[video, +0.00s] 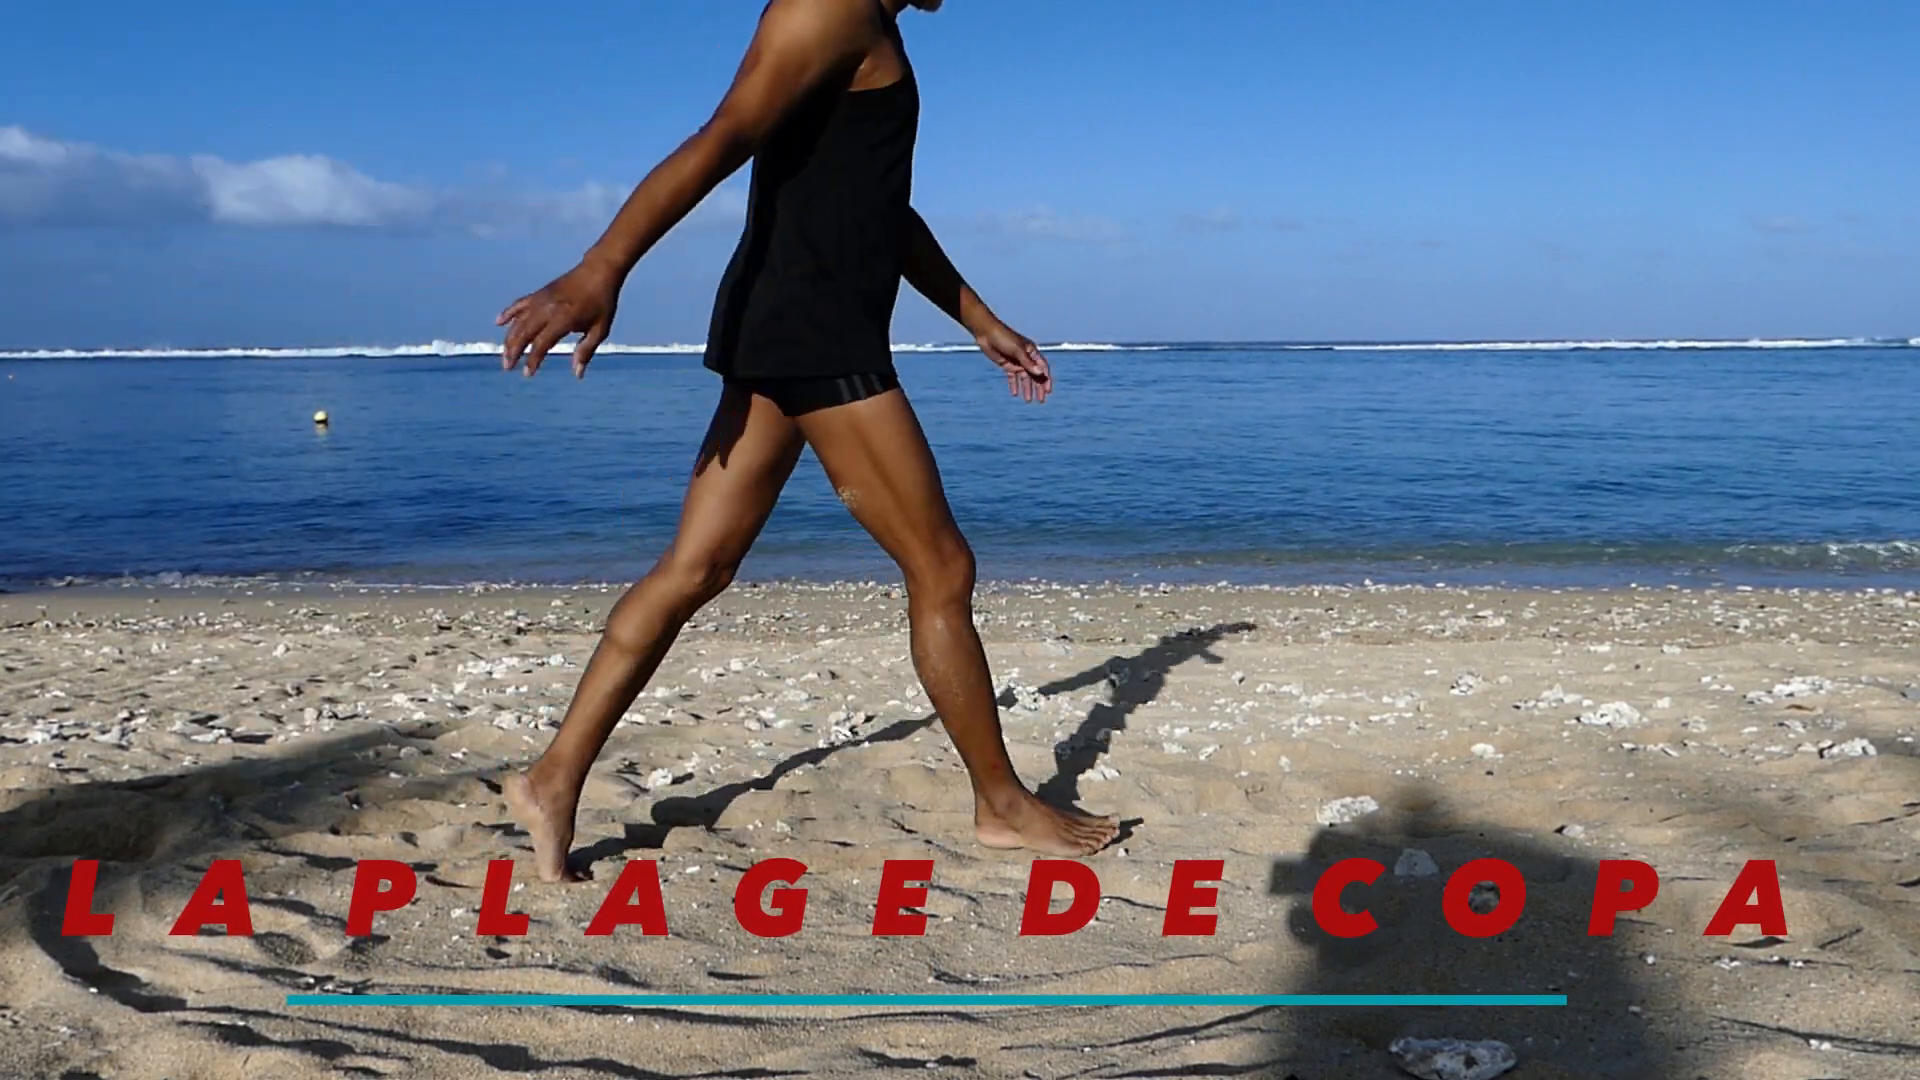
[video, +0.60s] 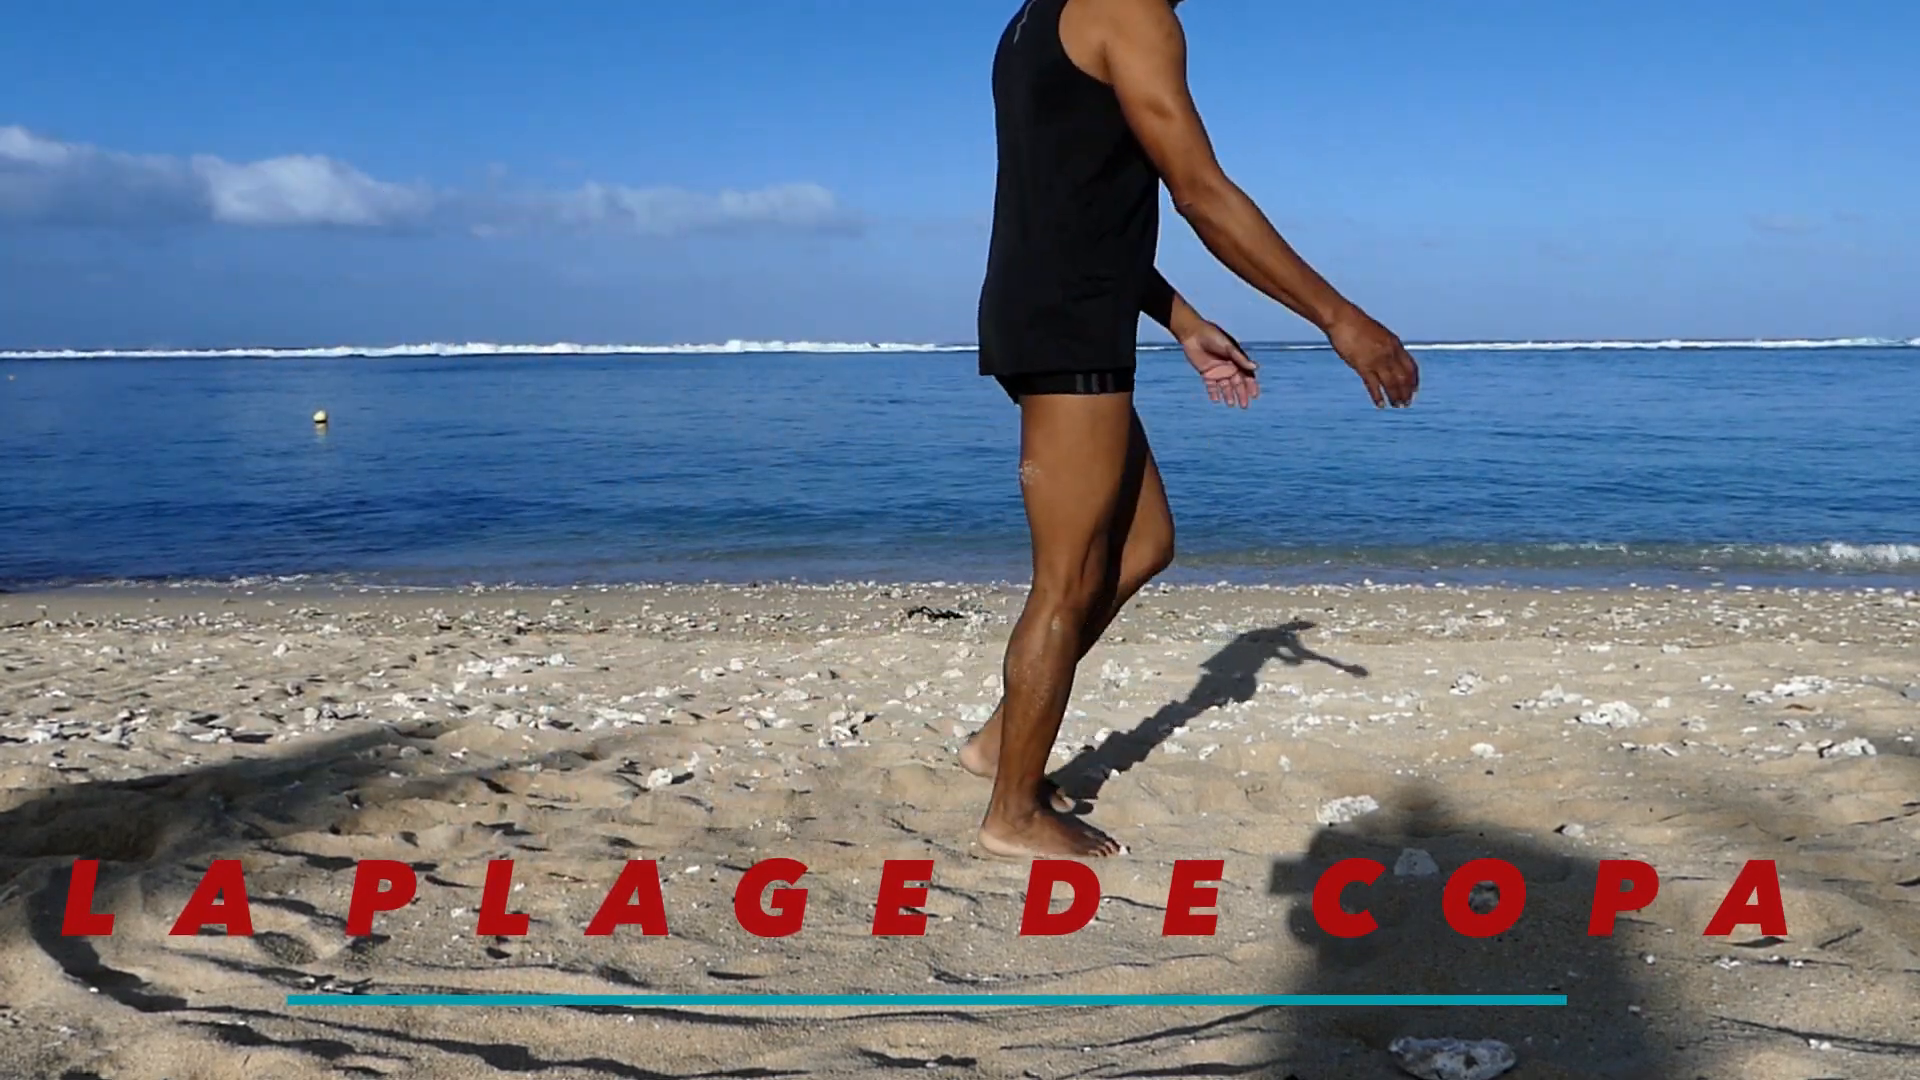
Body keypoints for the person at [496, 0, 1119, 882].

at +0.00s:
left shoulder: (869, 29)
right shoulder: (833, 11)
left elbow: (878, 206)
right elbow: (723, 139)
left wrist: (978, 317)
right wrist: (601, 269)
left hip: (783, 324)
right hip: (822, 330)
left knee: (693, 568)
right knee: (940, 570)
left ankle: (551, 779)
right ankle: (1003, 800)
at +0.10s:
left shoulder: (899, 32)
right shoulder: (907, 23)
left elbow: (948, 218)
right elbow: (816, 160)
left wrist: (1068, 303)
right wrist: (724, 309)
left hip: (840, 343)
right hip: (906, 348)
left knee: (755, 582)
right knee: (990, 591)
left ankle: (599, 766)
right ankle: (1005, 822)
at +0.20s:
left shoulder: (904, 38)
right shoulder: (963, 38)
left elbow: (984, 224)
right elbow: (875, 200)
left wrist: (1111, 290)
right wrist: (817, 347)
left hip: (884, 356)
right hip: (949, 360)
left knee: (821, 593)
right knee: (1023, 590)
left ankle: (635, 756)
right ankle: (1006, 827)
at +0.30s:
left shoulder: (944, 40)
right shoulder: (1024, 44)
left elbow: (1023, 229)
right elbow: (997, 217)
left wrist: (1160, 285)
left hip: (920, 353)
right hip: (995, 358)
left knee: (930, 594)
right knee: (1047, 596)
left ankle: (727, 725)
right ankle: (1008, 829)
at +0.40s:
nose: (1120, 2)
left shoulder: (966, 38)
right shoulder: (1056, 39)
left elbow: (1039, 224)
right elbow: (1064, 218)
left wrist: (1172, 293)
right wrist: (1105, 393)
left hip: (953, 346)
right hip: (1025, 352)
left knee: (989, 586)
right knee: (1051, 597)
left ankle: (796, 716)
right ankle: (1008, 827)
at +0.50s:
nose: (1159, 1)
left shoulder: (1014, 26)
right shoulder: (1102, 23)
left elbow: (1074, 227)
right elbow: (1153, 203)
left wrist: (1183, 309)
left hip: (1007, 329)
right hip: (1052, 337)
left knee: (1096, 557)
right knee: (1058, 581)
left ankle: (913, 725)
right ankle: (1011, 819)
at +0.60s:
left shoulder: (1040, 24)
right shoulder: (1130, 15)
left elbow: (1079, 213)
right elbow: (1203, 192)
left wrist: (1182, 320)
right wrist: (1340, 318)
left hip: (1045, 319)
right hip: (1075, 328)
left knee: (1142, 542)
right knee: (1068, 583)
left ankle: (1002, 737)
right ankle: (1015, 813)